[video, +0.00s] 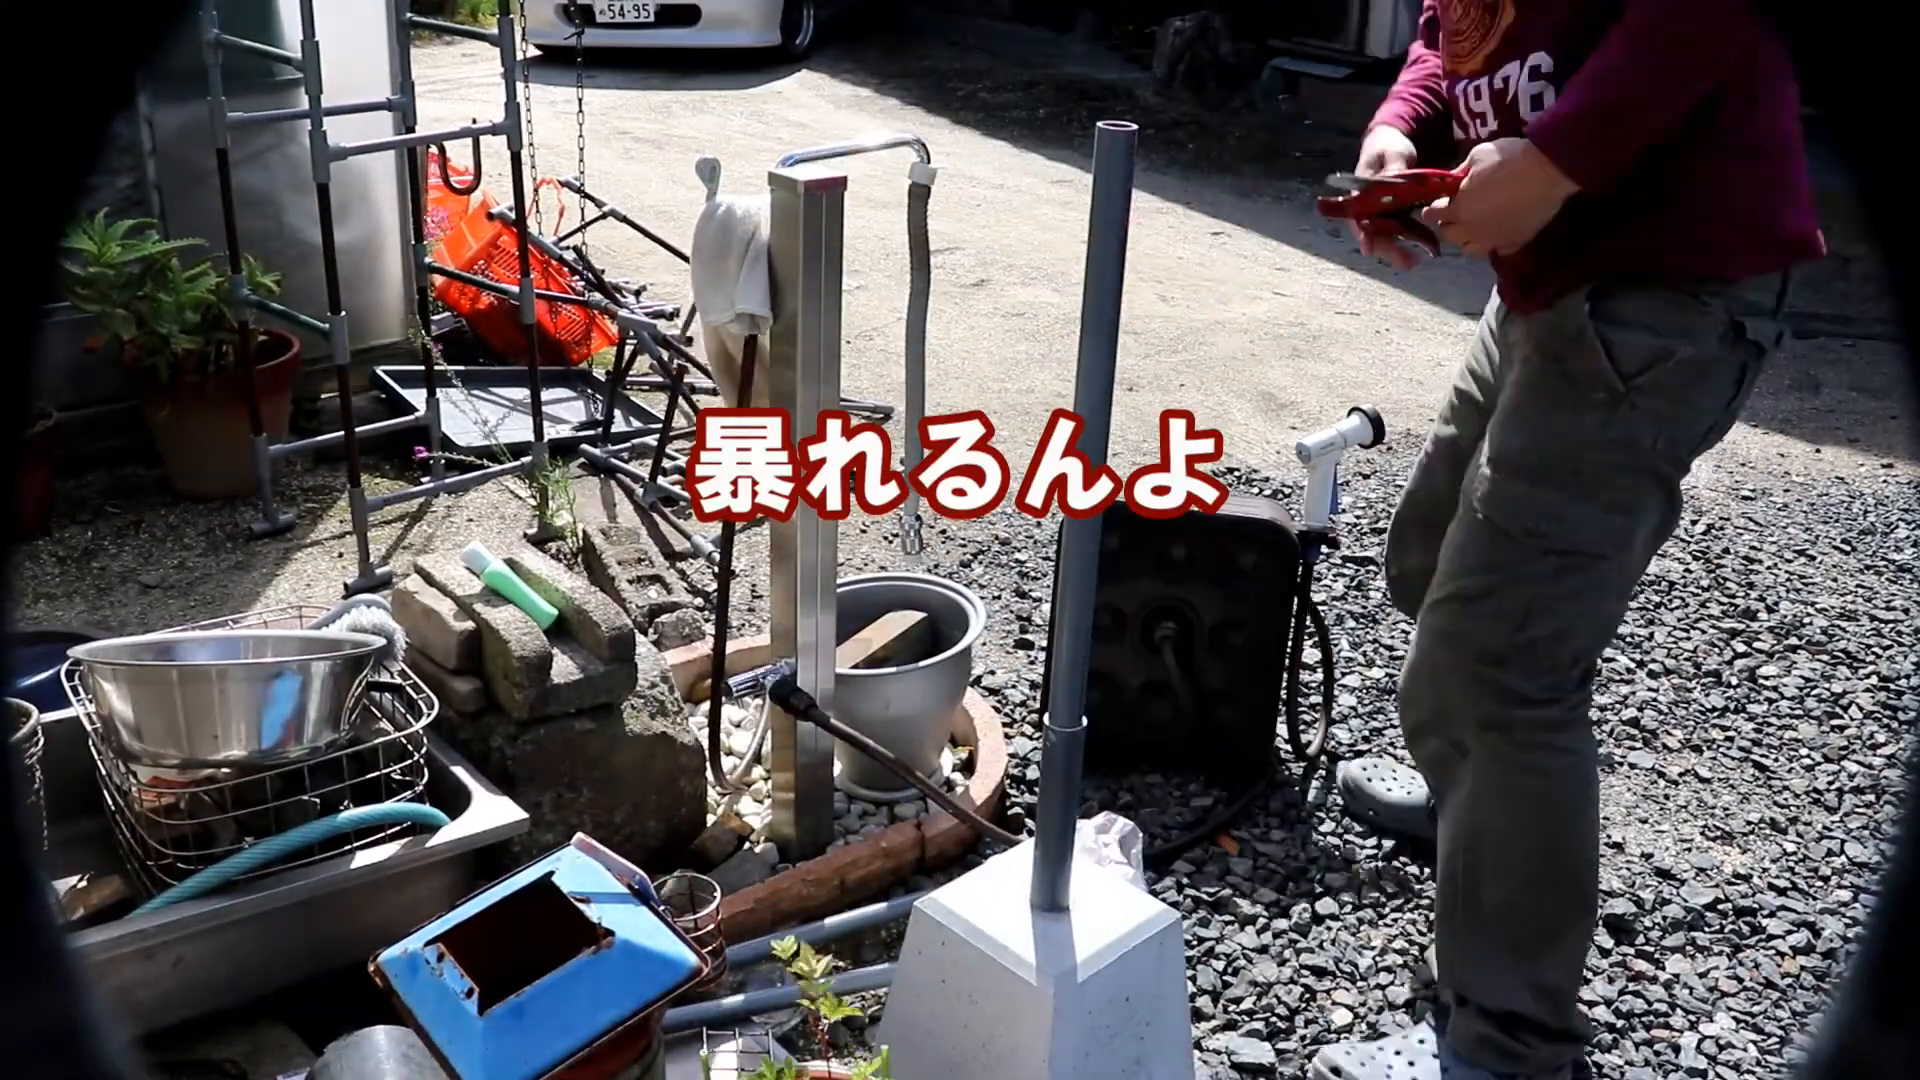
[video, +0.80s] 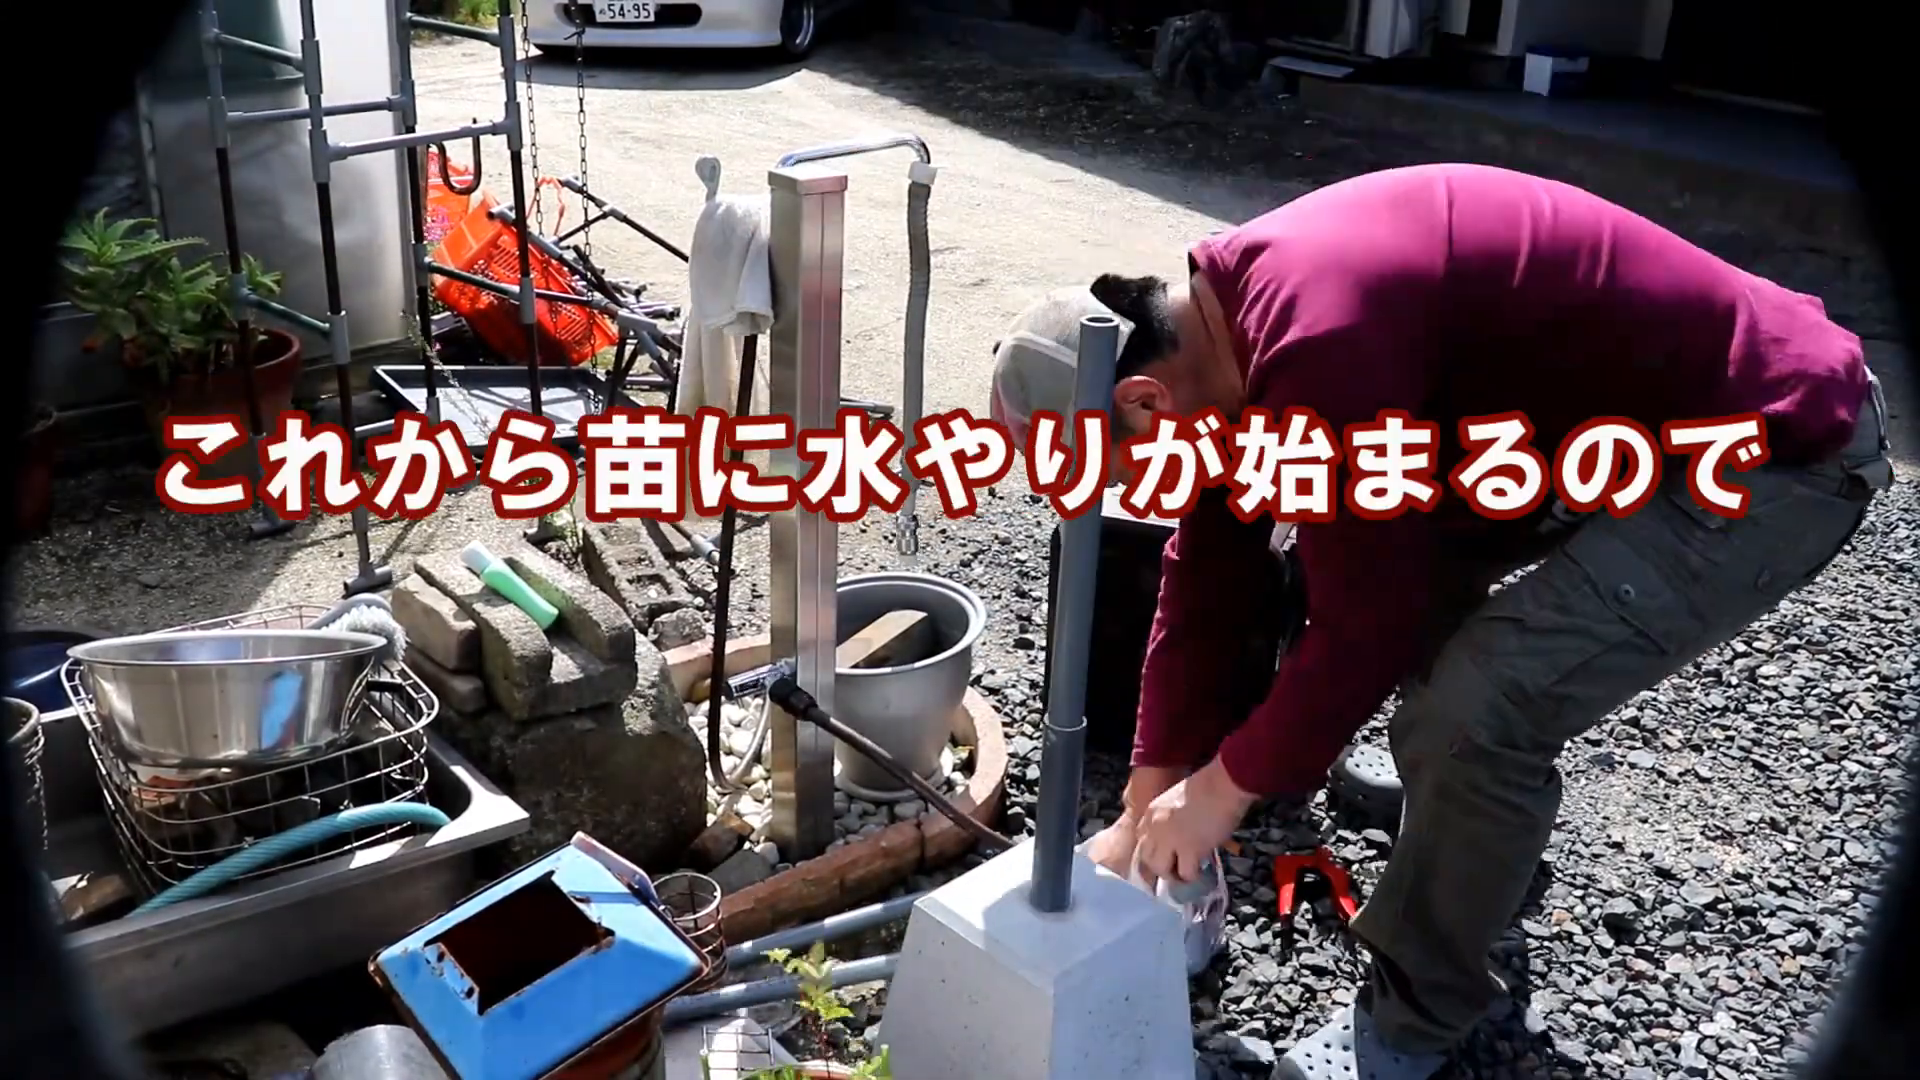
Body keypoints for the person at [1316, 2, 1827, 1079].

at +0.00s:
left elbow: (1703, 28)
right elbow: (1451, 36)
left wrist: (1560, 153)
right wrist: (1399, 124)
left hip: (1674, 277)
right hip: (1559, 259)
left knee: (1498, 668)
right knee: (1434, 561)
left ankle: (1510, 1043)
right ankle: (1468, 802)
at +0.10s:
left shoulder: (1653, 17)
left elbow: (1553, 95)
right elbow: (1414, 8)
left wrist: (1293, 246)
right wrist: (1299, 138)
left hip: (1594, 344)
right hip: (1483, 309)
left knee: (1487, 756)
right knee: (1416, 652)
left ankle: (1493, 1055)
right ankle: (1385, 904)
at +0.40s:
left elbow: (1524, 112)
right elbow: (1386, 5)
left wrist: (1283, 297)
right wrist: (1268, 183)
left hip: (1609, 342)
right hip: (1504, 302)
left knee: (1485, 764)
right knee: (1419, 650)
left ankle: (1491, 1057)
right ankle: (1384, 899)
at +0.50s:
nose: (1196, 248)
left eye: (1179, 219)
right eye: (1173, 230)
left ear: (1237, 152)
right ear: (1245, 136)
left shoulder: (1353, 225)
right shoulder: (1367, 120)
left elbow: (1363, 485)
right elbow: (1378, 322)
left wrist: (1266, 592)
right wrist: (1281, 437)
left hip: (1767, 448)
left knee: (1457, 654)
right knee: (1441, 513)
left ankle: (1406, 1002)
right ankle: (1467, 810)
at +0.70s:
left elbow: (1483, 191)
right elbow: (1519, 66)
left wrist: (1340, 271)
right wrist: (1379, 135)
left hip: (1720, 323)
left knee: (1490, 651)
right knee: (1496, 561)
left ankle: (1428, 993)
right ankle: (1449, 790)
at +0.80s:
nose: (1147, 479)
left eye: (1130, 463)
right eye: (1128, 473)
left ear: (1147, 387)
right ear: (1145, 377)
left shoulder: (1325, 334)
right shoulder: (1214, 324)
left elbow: (1373, 627)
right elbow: (1209, 575)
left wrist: (1223, 789)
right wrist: (1152, 793)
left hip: (1779, 442)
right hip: (1654, 405)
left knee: (1476, 707)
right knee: (1386, 562)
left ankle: (1426, 1024)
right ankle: (1436, 790)